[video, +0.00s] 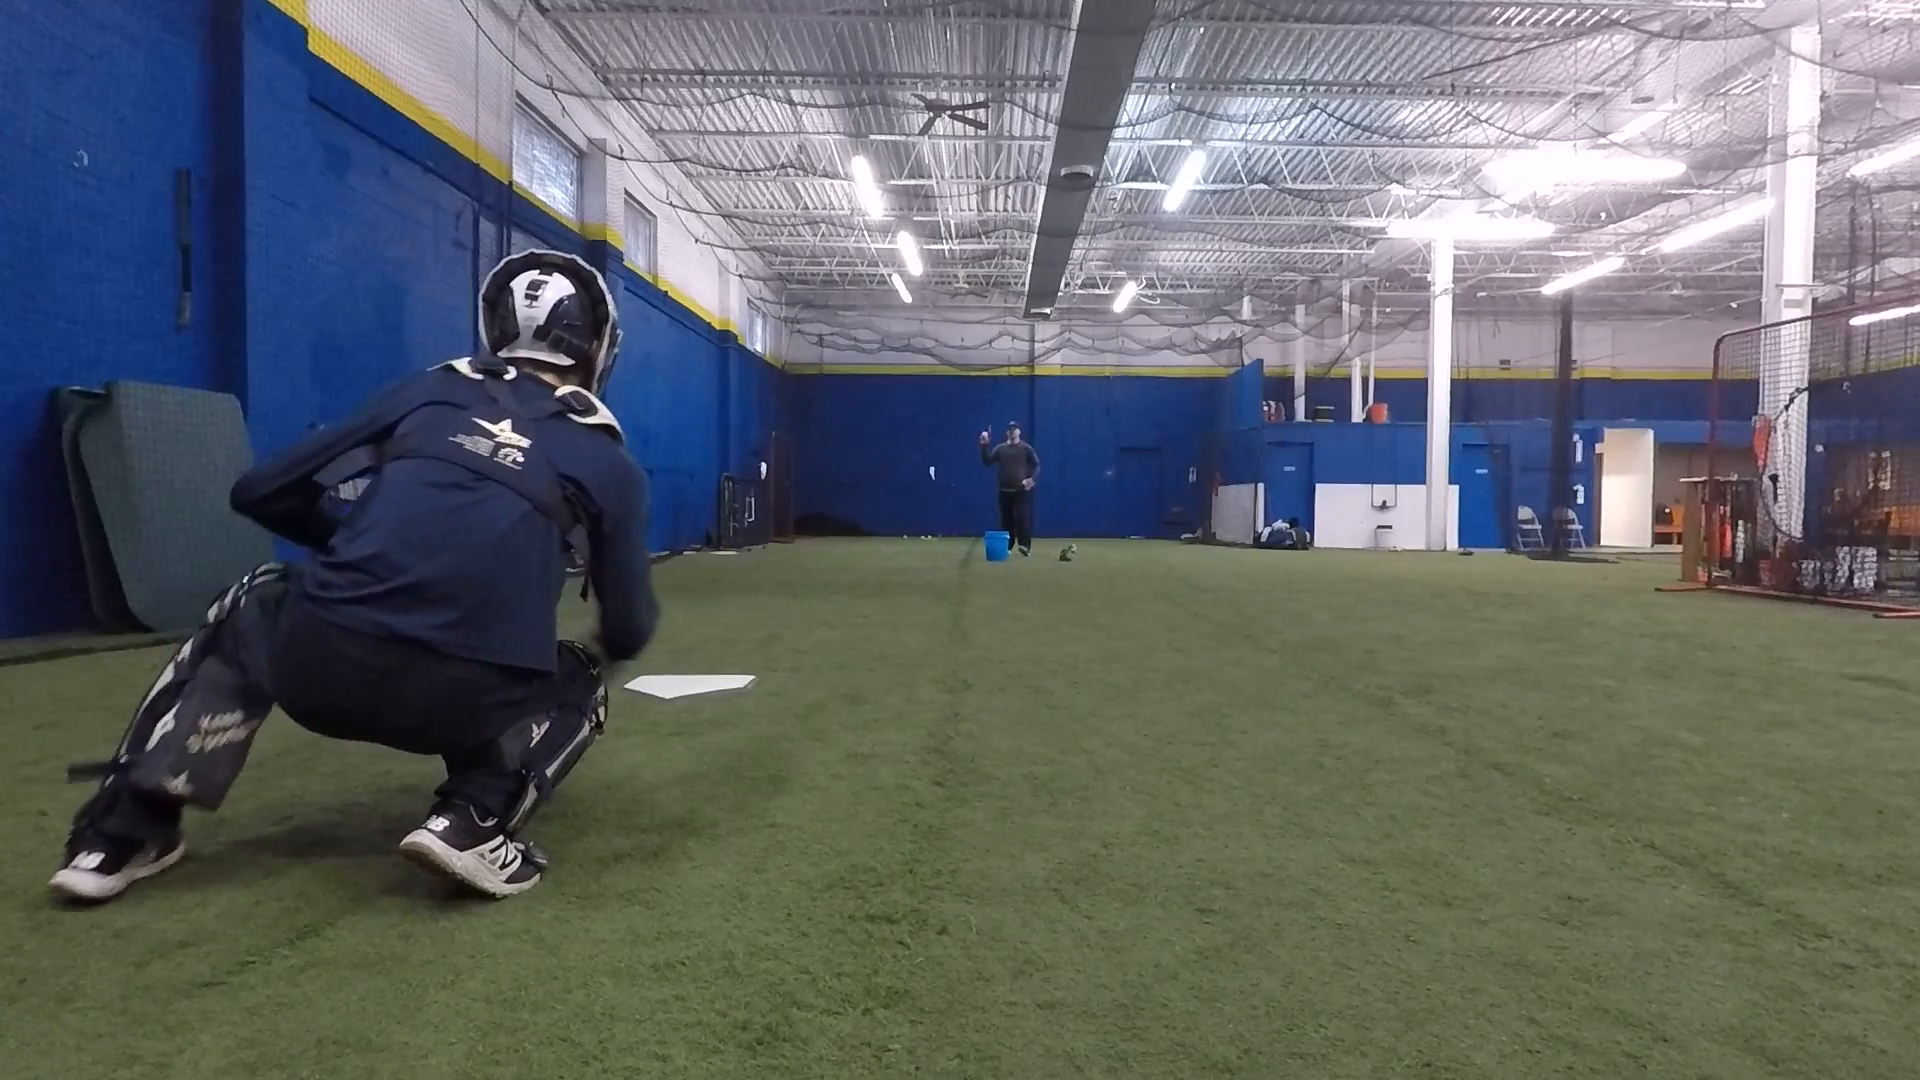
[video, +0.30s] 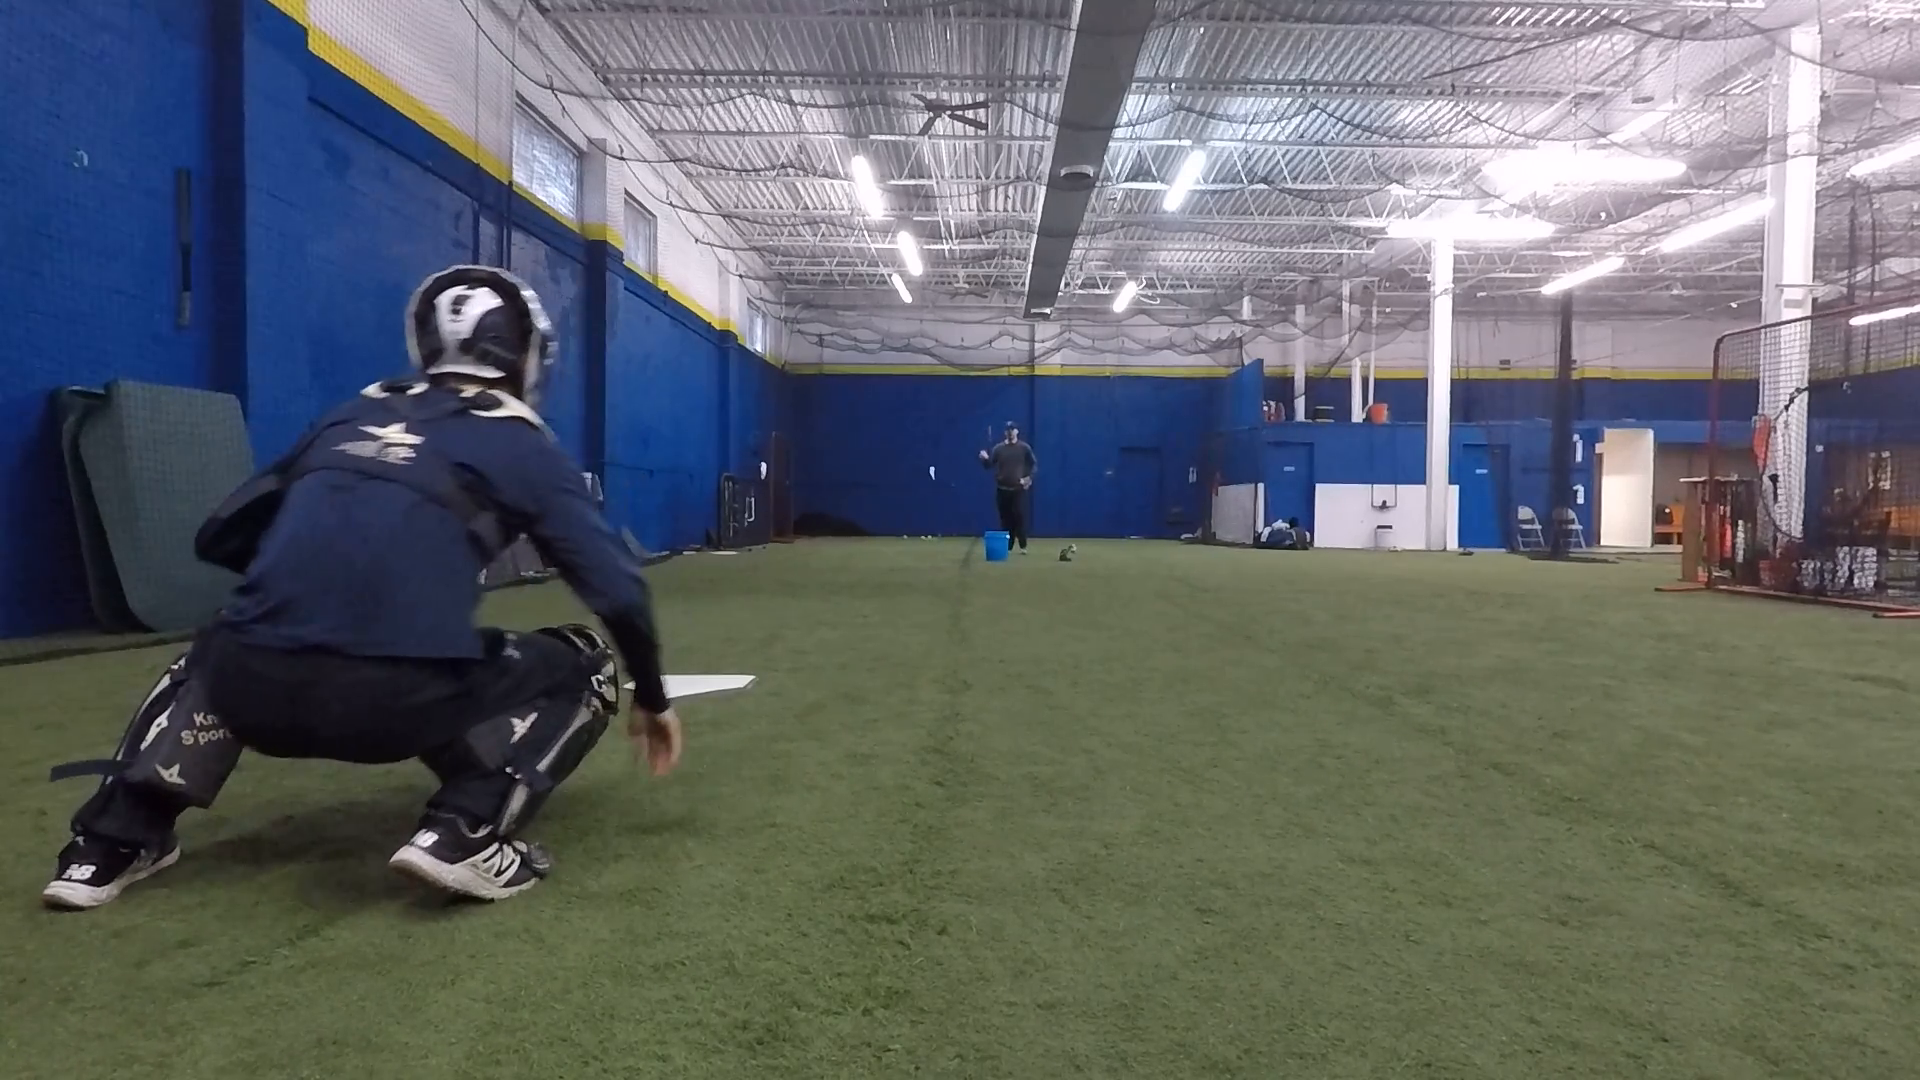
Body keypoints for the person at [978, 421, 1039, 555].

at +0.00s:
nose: (1012, 432)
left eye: (1014, 430)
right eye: (1010, 430)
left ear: (1019, 432)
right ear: (1007, 432)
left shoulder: (1026, 449)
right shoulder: (1000, 448)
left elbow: (1037, 466)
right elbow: (987, 461)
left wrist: (1032, 479)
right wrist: (984, 446)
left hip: (1021, 490)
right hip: (1005, 490)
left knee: (1022, 518)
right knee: (1006, 519)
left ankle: (1024, 546)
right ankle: (1008, 546)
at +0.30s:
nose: (1010, 432)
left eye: (1012, 430)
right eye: (1008, 430)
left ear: (1017, 431)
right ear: (1005, 432)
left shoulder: (1024, 448)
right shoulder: (998, 448)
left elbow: (1034, 465)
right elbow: (990, 466)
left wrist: (1029, 478)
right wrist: (985, 459)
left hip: (1018, 489)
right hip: (1003, 488)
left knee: (1018, 516)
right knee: (1005, 518)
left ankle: (1023, 545)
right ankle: (1007, 546)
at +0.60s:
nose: (1012, 436)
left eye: (1014, 433)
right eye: (1010, 433)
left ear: (1019, 433)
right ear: (1007, 434)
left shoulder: (1025, 449)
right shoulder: (1000, 449)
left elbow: (1034, 469)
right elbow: (994, 464)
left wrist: (1027, 481)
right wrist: (999, 471)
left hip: (1018, 489)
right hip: (1003, 489)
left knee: (1016, 518)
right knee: (1003, 517)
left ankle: (1015, 545)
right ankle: (1005, 544)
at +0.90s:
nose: (1012, 439)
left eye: (1014, 436)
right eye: (1010, 436)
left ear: (1019, 436)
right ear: (1007, 436)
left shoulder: (1025, 452)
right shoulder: (1000, 448)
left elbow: (1032, 469)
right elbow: (991, 461)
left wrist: (1025, 482)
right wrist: (996, 470)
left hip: (1013, 489)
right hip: (997, 487)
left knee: (1013, 518)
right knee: (994, 516)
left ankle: (1014, 545)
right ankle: (990, 545)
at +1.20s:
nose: (999, 438)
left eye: (1001, 436)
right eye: (997, 436)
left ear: (1007, 435)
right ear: (994, 437)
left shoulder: (1013, 452)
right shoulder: (987, 450)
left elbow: (1021, 469)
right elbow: (981, 465)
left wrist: (1017, 481)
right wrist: (989, 472)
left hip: (1004, 491)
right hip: (987, 491)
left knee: (1009, 519)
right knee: (977, 517)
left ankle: (1014, 546)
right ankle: (965, 544)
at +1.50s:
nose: (975, 438)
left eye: (977, 435)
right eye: (974, 436)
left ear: (983, 435)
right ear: (972, 437)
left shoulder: (993, 451)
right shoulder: (967, 452)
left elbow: (999, 467)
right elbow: (963, 466)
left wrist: (997, 478)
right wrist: (964, 473)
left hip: (987, 491)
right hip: (971, 491)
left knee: (996, 518)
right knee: (966, 520)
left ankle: (1009, 543)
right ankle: (963, 545)